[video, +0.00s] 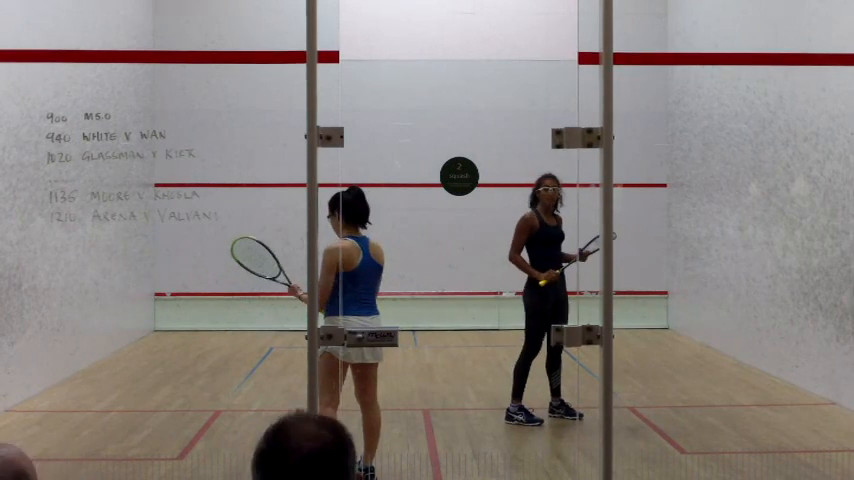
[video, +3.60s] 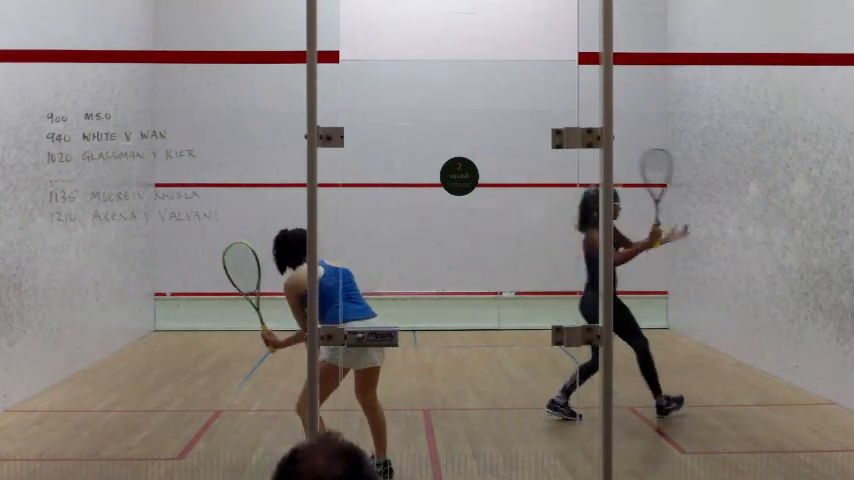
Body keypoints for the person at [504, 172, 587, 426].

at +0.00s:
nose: (550, 191)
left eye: (554, 187)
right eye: (545, 187)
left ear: (559, 193)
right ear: (537, 192)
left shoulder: (556, 219)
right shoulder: (529, 220)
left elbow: (552, 254)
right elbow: (514, 255)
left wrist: (575, 257)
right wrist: (538, 275)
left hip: (557, 289)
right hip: (537, 291)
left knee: (556, 346)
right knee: (532, 347)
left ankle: (556, 402)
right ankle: (515, 407)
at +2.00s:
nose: (563, 201)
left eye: (565, 196)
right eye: (560, 196)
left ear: (562, 198)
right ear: (545, 194)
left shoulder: (558, 222)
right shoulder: (530, 222)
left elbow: (557, 259)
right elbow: (513, 257)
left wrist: (578, 280)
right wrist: (537, 280)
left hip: (553, 293)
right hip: (533, 295)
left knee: (574, 341)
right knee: (542, 349)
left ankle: (562, 397)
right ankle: (532, 409)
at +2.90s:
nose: (578, 203)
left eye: (579, 199)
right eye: (576, 198)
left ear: (568, 198)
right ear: (564, 197)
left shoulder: (560, 221)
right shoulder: (546, 221)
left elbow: (555, 258)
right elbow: (531, 255)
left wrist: (579, 269)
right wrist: (560, 278)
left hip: (552, 292)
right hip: (540, 293)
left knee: (574, 343)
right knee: (548, 349)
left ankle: (559, 401)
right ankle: (532, 410)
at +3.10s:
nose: (582, 203)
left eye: (582, 198)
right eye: (579, 198)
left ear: (567, 198)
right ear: (567, 198)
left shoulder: (563, 224)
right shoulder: (558, 225)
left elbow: (560, 260)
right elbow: (555, 262)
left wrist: (586, 267)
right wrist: (585, 268)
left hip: (560, 295)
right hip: (554, 296)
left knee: (578, 347)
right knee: (558, 350)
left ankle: (556, 402)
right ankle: (533, 409)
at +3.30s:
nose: (592, 208)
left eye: (592, 203)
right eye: (589, 203)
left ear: (572, 205)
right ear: (577, 204)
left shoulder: (565, 231)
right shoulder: (571, 231)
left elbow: (578, 271)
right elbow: (584, 265)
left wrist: (604, 285)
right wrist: (615, 252)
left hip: (565, 300)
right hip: (571, 301)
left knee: (586, 354)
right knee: (593, 359)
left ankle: (561, 402)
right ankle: (560, 394)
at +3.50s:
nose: (599, 213)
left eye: (599, 208)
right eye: (595, 208)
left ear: (589, 210)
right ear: (586, 209)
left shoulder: (589, 232)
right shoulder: (583, 232)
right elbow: (607, 259)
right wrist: (635, 240)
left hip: (583, 302)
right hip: (590, 302)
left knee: (591, 358)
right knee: (632, 341)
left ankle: (557, 403)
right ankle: (644, 400)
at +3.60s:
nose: (618, 206)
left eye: (617, 202)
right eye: (614, 202)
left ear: (599, 209)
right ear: (600, 207)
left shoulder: (609, 229)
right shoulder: (594, 236)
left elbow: (632, 247)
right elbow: (615, 259)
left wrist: (661, 239)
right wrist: (647, 242)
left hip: (596, 302)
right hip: (602, 303)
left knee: (596, 361)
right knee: (640, 345)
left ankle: (560, 400)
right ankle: (661, 400)